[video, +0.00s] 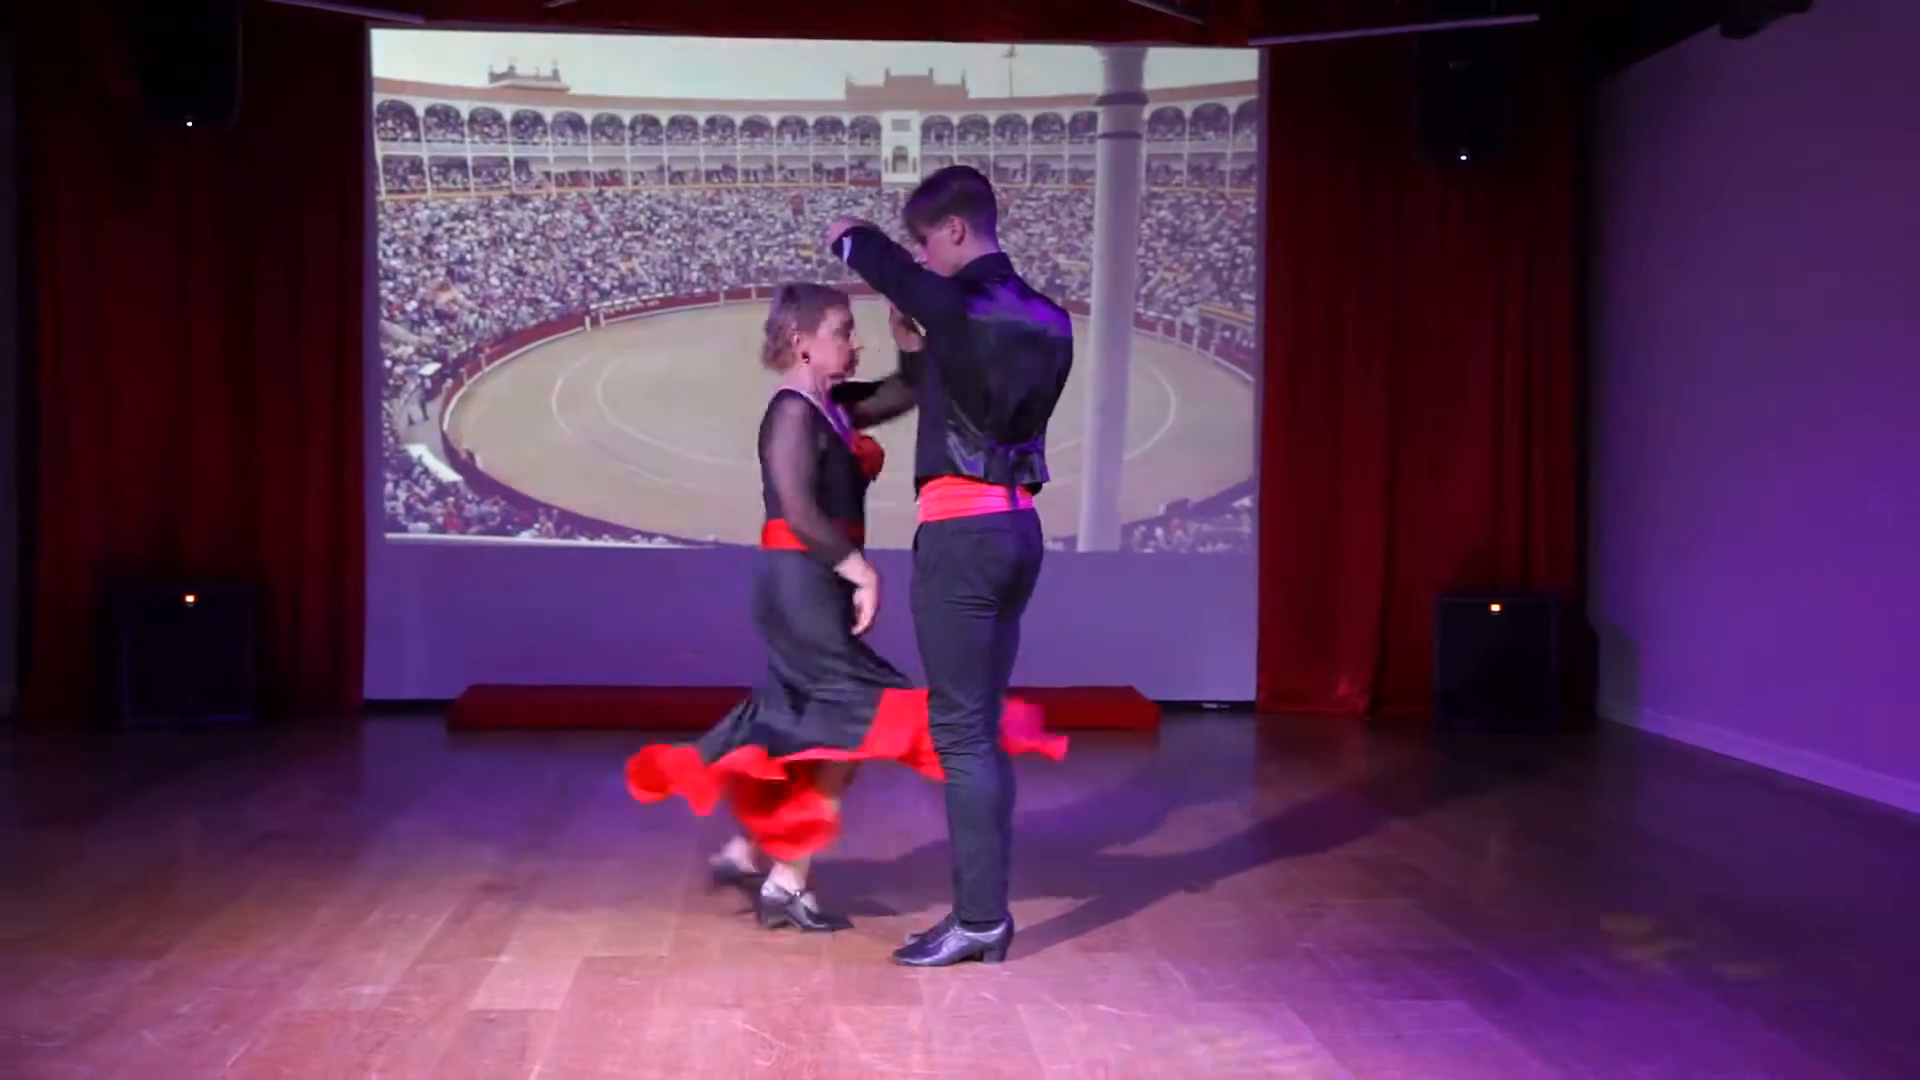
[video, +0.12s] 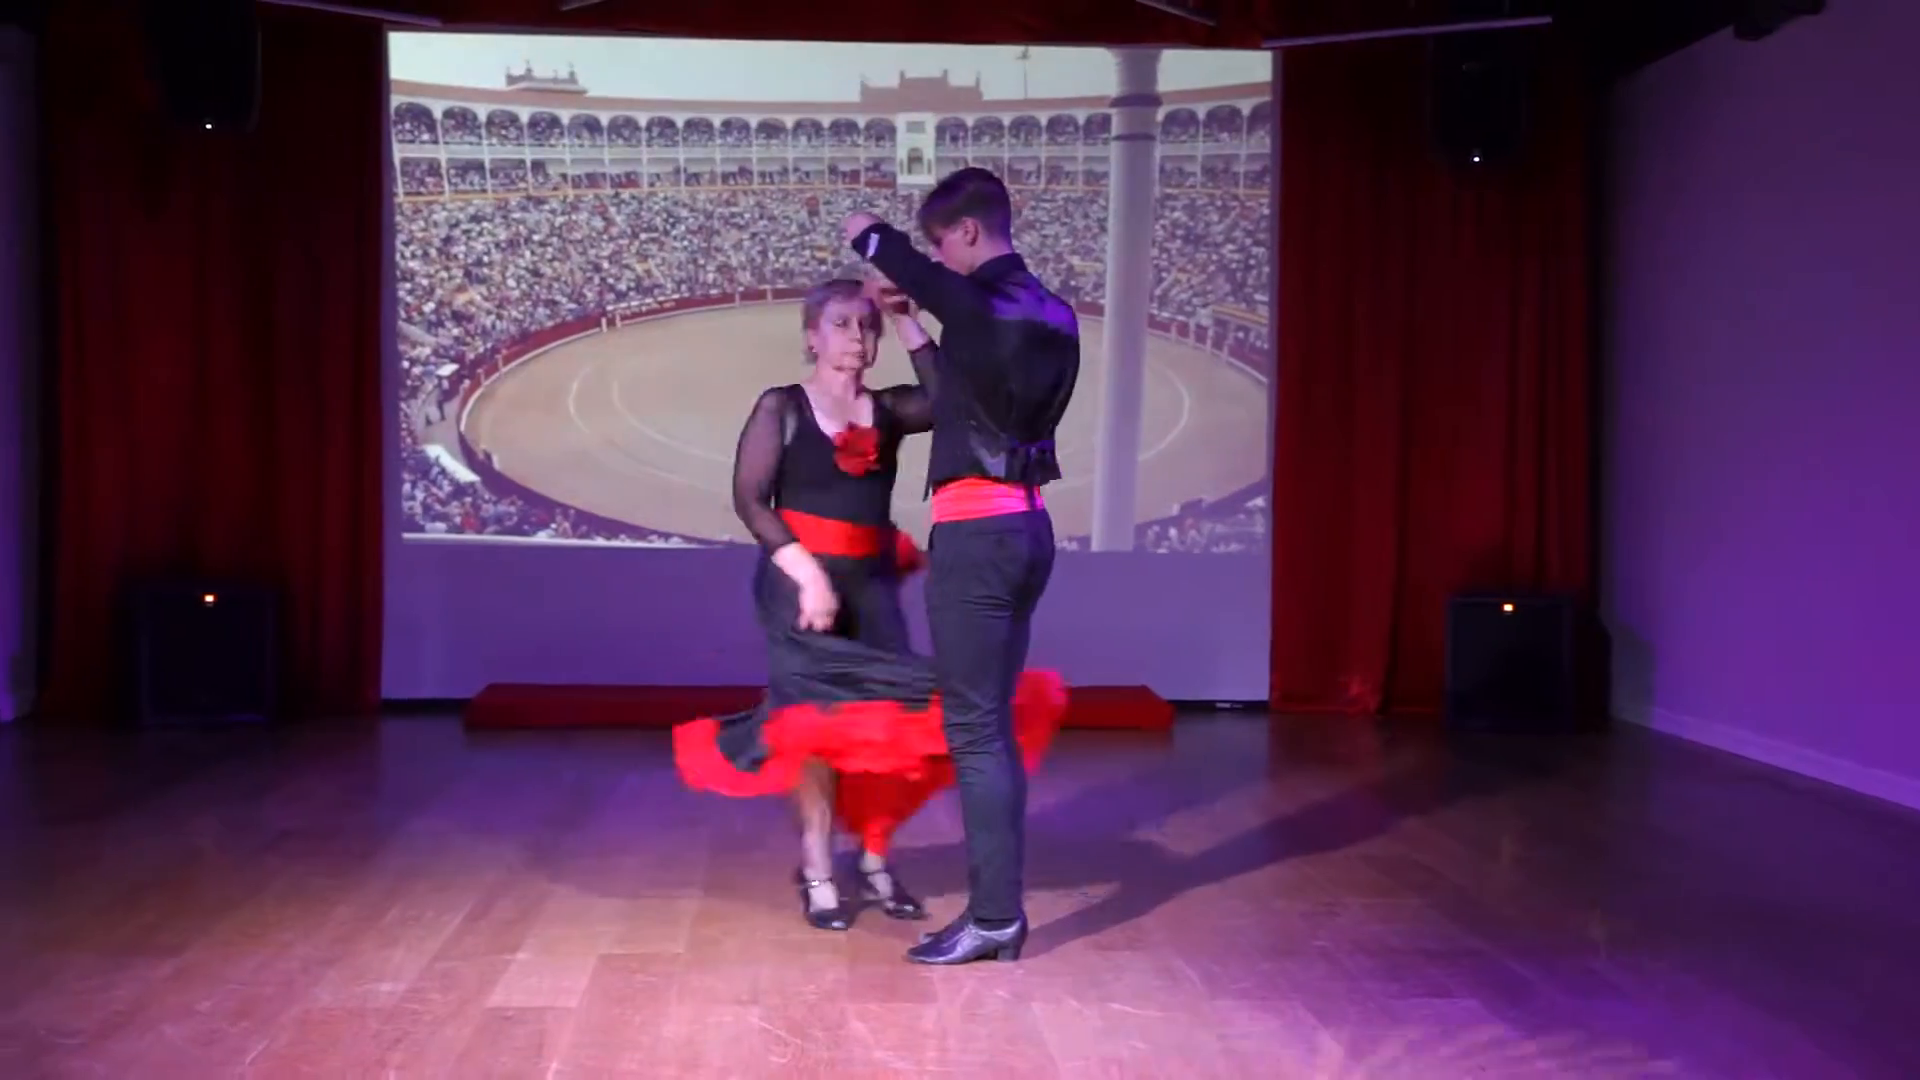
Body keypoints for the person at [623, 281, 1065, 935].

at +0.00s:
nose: (854, 343)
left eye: (853, 332)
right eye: (843, 332)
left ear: (813, 343)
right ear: (801, 342)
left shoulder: (833, 405)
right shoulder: (794, 412)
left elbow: (908, 388)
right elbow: (797, 509)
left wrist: (911, 341)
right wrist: (860, 568)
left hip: (812, 583)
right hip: (799, 585)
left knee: (814, 723)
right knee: (855, 714)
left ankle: (750, 849)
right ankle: (785, 878)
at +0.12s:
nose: (856, 335)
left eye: (865, 324)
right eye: (841, 322)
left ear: (875, 339)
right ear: (811, 335)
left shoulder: (885, 408)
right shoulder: (781, 408)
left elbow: (943, 402)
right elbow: (749, 500)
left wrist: (909, 323)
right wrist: (808, 573)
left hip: (869, 581)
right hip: (798, 580)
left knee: (890, 715)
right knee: (815, 722)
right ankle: (817, 868)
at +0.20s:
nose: (849, 333)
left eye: (862, 322)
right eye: (839, 321)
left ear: (887, 332)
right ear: (823, 331)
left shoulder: (908, 404)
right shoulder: (790, 404)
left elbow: (904, 381)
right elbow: (756, 497)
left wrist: (890, 308)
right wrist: (783, 576)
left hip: (881, 579)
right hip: (807, 581)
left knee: (898, 724)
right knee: (816, 728)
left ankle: (907, 868)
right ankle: (843, 871)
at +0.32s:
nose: (847, 331)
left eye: (861, 322)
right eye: (850, 321)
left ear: (888, 334)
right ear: (869, 332)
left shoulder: (904, 401)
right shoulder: (848, 407)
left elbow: (830, 364)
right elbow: (828, 492)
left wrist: (845, 293)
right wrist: (799, 549)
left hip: (883, 572)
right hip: (841, 571)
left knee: (876, 718)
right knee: (842, 717)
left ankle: (913, 869)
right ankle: (865, 867)